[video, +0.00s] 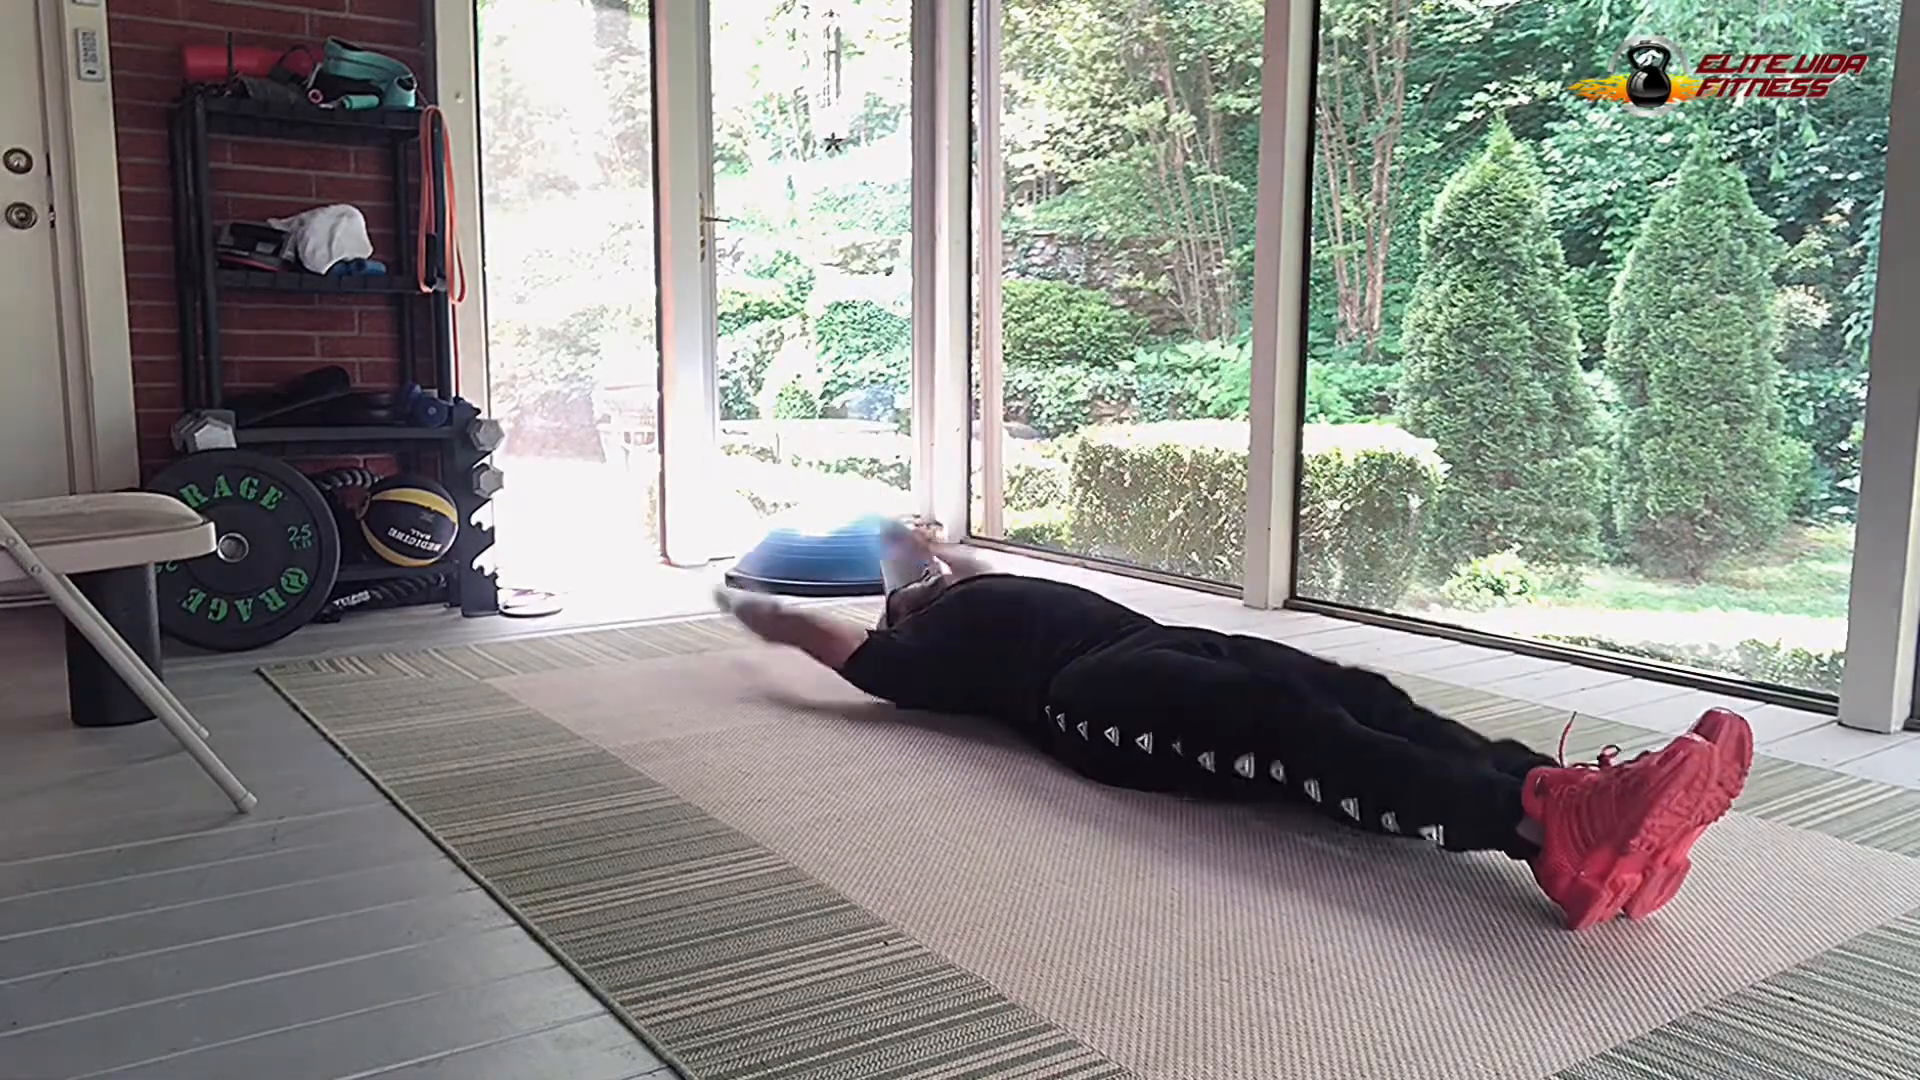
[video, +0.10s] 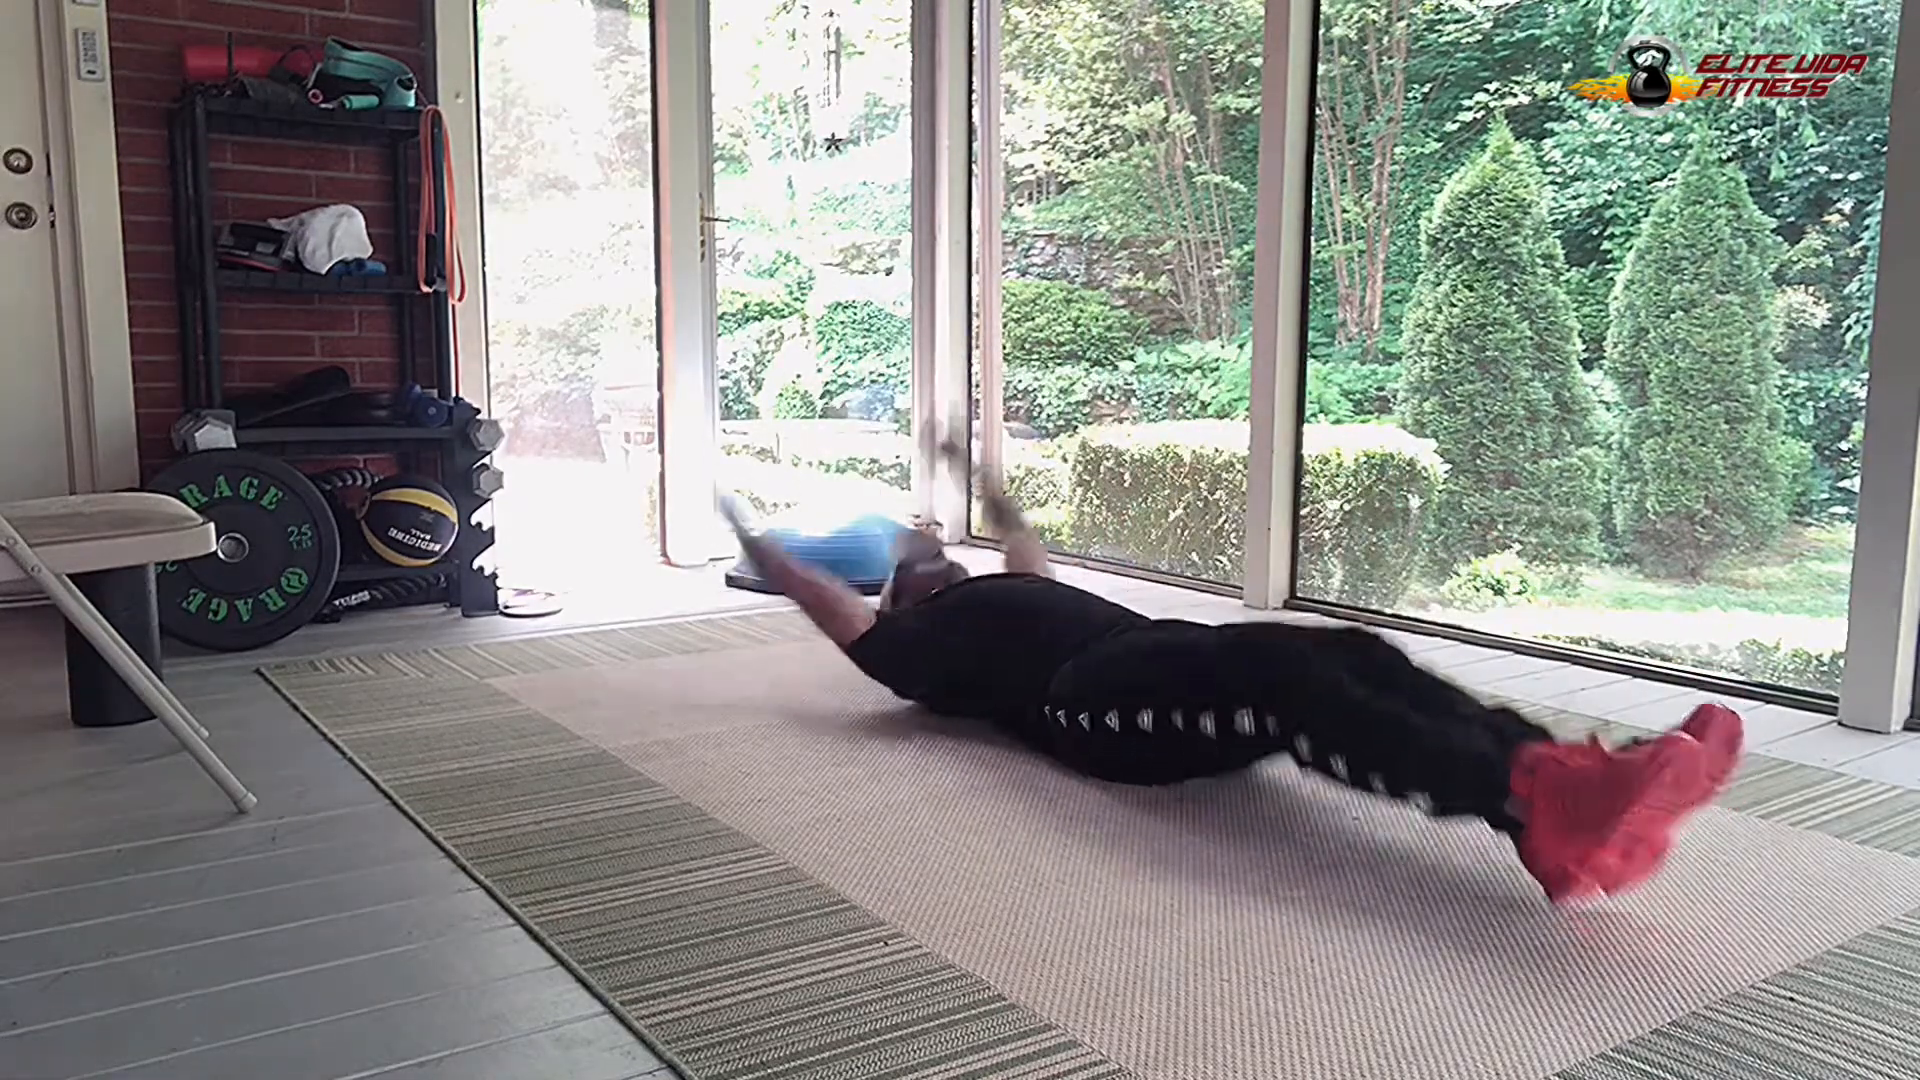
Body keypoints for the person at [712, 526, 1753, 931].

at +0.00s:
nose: (941, 541)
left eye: (946, 539)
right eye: (919, 547)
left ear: (963, 558)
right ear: (892, 586)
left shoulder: (1013, 584)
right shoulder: (888, 645)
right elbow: (747, 604)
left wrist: (950, 545)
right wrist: (829, 591)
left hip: (1170, 643)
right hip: (1090, 685)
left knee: (1358, 688)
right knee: (1290, 721)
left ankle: (1582, 830)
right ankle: (1554, 826)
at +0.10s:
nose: (912, 554)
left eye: (915, 550)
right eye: (895, 560)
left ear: (939, 565)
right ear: (878, 594)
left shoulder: (996, 585)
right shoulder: (882, 626)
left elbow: (1043, 558)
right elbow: (771, 559)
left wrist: (967, 537)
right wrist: (773, 550)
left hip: (1136, 649)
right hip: (1067, 686)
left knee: (1352, 648)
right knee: (1290, 673)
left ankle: (1577, 788)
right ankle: (1539, 812)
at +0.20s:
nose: (953, 525)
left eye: (958, 519)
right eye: (933, 526)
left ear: (979, 541)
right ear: (904, 563)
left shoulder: (1036, 584)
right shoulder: (913, 623)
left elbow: (1068, 525)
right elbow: (840, 567)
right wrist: (796, 489)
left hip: (1168, 684)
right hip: (1090, 708)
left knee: (1337, 592)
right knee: (1260, 612)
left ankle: (1544, 739)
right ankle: (1498, 759)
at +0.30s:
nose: (982, 489)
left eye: (988, 479)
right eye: (963, 484)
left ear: (1007, 503)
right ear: (927, 521)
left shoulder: (1062, 557)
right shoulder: (926, 595)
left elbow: (1130, 454)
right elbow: (887, 557)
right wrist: (863, 463)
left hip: (1175, 691)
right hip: (1089, 713)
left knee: (1312, 536)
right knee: (1221, 552)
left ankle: (1494, 682)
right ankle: (1447, 703)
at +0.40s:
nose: (1025, 480)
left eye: (1026, 467)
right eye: (1007, 468)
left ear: (1027, 477)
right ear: (961, 481)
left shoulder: (1073, 542)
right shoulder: (942, 577)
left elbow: (1174, 485)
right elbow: (948, 508)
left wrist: (1265, 377)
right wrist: (982, 386)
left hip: (1179, 702)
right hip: (1094, 714)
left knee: (1274, 488)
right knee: (1174, 511)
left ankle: (1436, 635)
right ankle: (1376, 655)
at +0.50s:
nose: (1053, 469)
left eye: (1058, 455)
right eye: (1035, 458)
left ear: (1064, 459)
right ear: (990, 473)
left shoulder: (1103, 526)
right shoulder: (959, 544)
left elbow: (1217, 524)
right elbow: (982, 550)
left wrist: (1348, 438)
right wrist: (1081, 426)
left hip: (1188, 708)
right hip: (1095, 713)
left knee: (1226, 451)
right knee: (1144, 461)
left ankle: (1369, 588)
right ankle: (1318, 612)